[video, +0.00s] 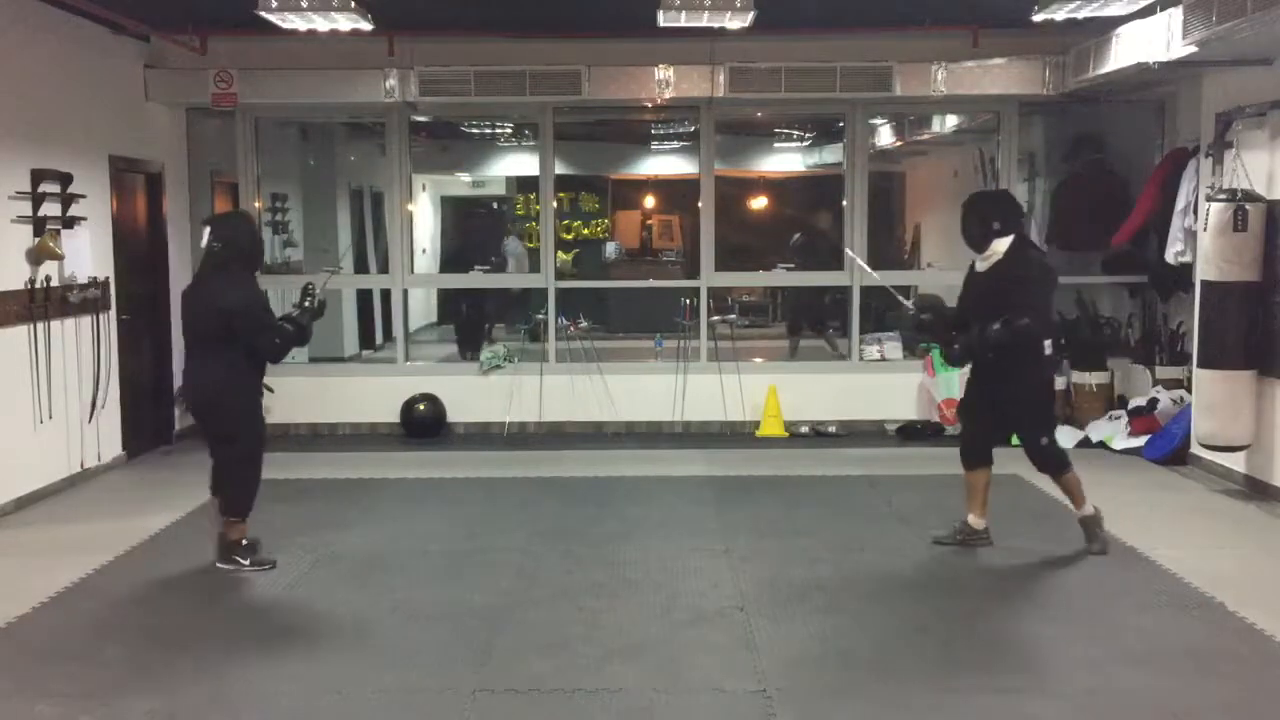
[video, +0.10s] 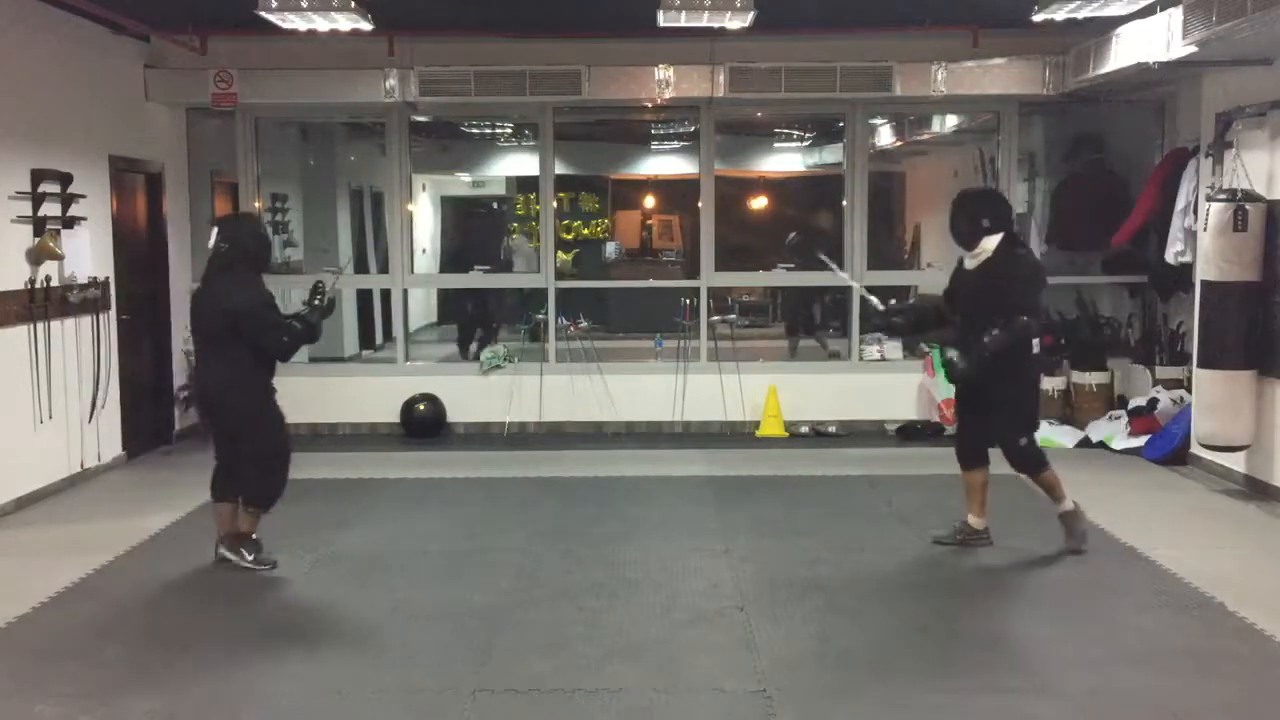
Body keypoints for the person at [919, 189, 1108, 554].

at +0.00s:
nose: (964, 230)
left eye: (970, 222)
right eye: (965, 222)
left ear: (992, 223)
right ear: (990, 224)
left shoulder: (1029, 263)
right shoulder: (979, 266)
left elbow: (1033, 322)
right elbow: (969, 317)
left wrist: (977, 342)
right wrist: (941, 322)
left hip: (1026, 369)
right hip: (987, 369)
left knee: (1042, 448)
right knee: (974, 441)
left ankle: (1087, 515)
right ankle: (975, 524)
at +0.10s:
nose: (954, 229)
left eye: (959, 220)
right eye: (954, 221)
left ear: (980, 221)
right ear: (982, 221)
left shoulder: (1018, 261)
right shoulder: (967, 264)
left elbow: (1027, 322)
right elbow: (951, 312)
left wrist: (980, 352)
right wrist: (914, 317)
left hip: (1013, 369)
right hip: (974, 368)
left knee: (1018, 445)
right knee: (970, 444)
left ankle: (1068, 510)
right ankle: (976, 524)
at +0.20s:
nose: (946, 228)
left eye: (952, 220)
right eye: (946, 220)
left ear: (974, 221)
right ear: (975, 221)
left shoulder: (1011, 266)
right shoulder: (955, 265)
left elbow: (1016, 328)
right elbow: (930, 306)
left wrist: (999, 372)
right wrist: (892, 320)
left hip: (999, 372)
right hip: (964, 371)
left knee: (995, 447)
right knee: (968, 447)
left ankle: (1033, 509)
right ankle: (975, 523)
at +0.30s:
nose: (937, 228)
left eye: (942, 220)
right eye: (937, 220)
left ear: (964, 220)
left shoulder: (1000, 263)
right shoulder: (946, 263)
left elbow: (1020, 323)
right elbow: (918, 305)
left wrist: (1021, 373)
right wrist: (882, 324)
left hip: (989, 366)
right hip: (955, 367)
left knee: (972, 443)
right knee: (958, 443)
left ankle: (992, 526)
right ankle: (974, 523)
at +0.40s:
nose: (924, 230)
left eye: (929, 222)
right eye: (924, 222)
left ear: (951, 224)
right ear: (957, 224)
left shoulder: (993, 267)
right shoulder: (934, 267)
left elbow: (1022, 322)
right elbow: (907, 305)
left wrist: (1036, 374)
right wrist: (873, 333)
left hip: (975, 371)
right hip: (943, 371)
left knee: (951, 445)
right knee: (962, 446)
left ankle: (949, 527)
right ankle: (975, 523)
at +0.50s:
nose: (913, 231)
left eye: (918, 223)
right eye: (914, 224)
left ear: (940, 225)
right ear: (946, 225)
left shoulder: (980, 270)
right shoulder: (924, 265)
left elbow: (1014, 321)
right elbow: (902, 304)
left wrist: (1033, 370)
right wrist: (873, 331)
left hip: (962, 372)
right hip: (929, 371)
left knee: (933, 446)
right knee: (952, 448)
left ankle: (913, 531)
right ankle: (974, 524)